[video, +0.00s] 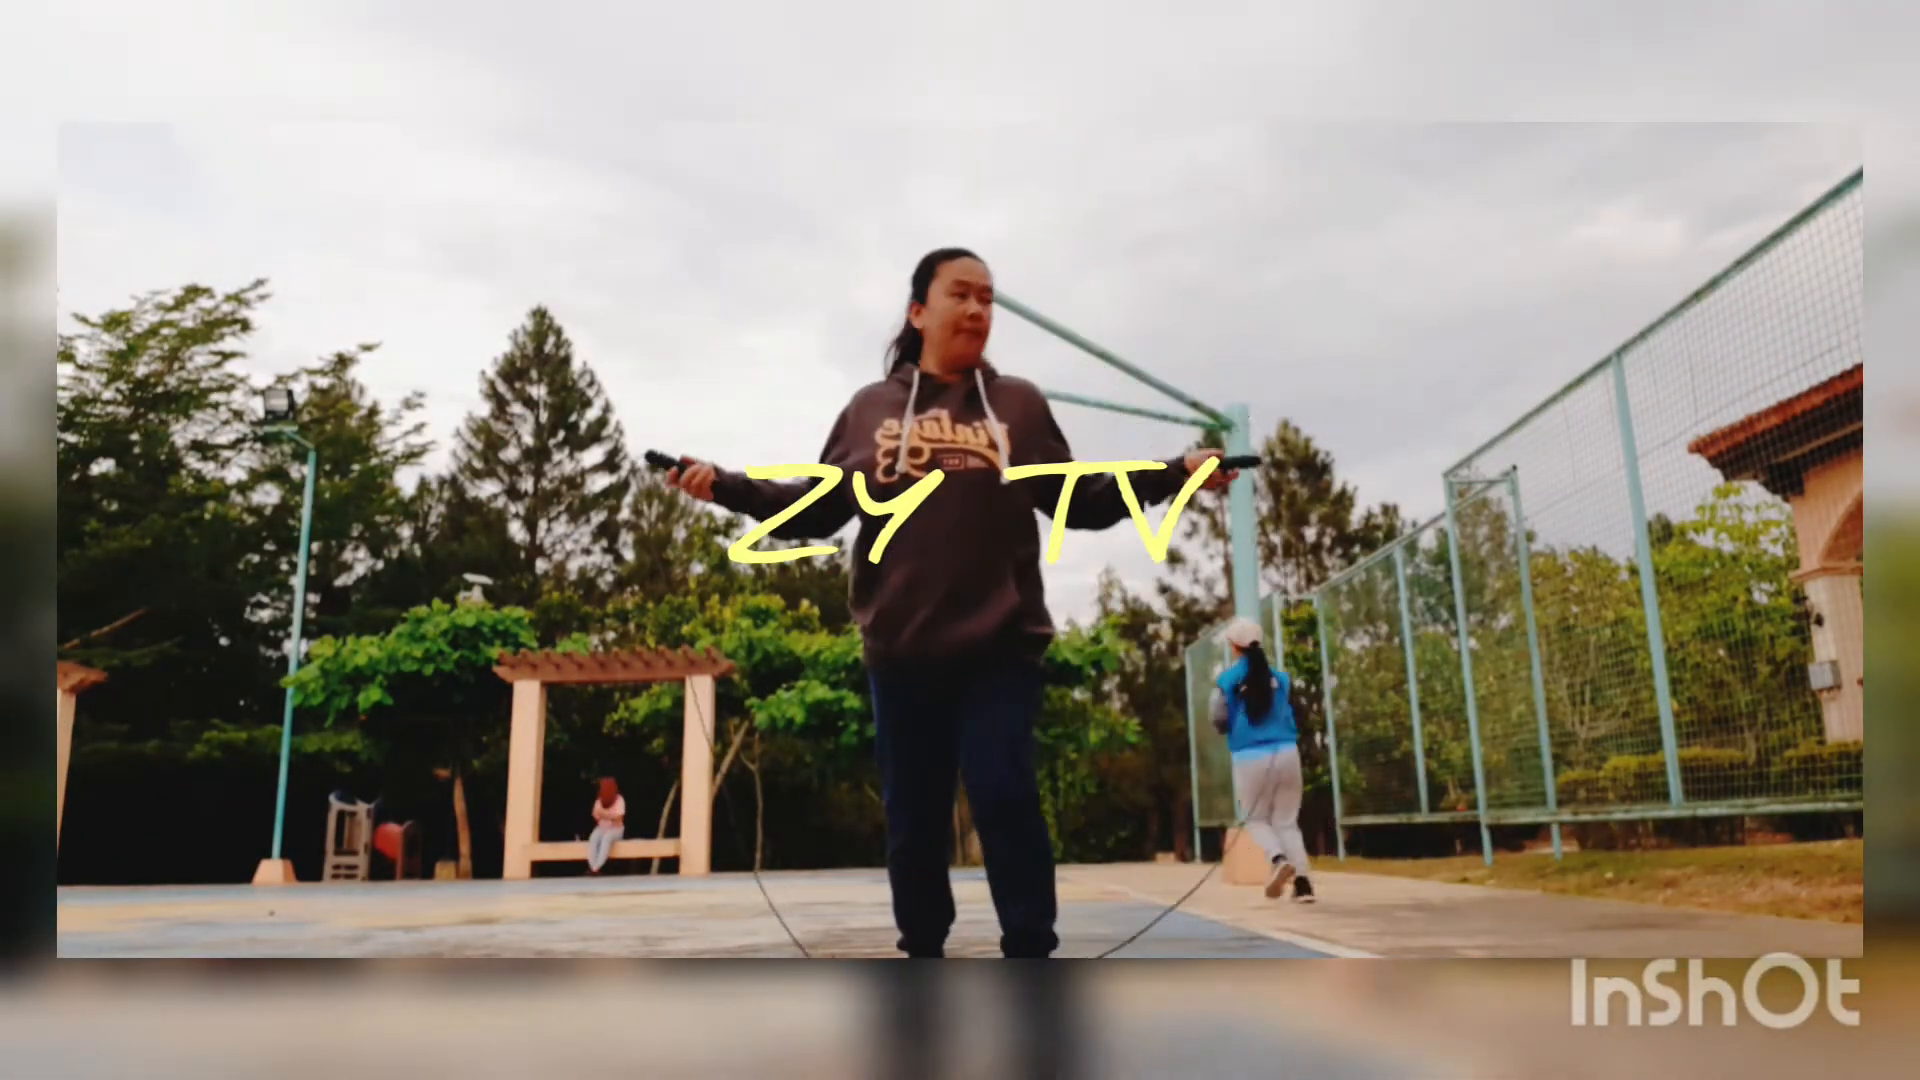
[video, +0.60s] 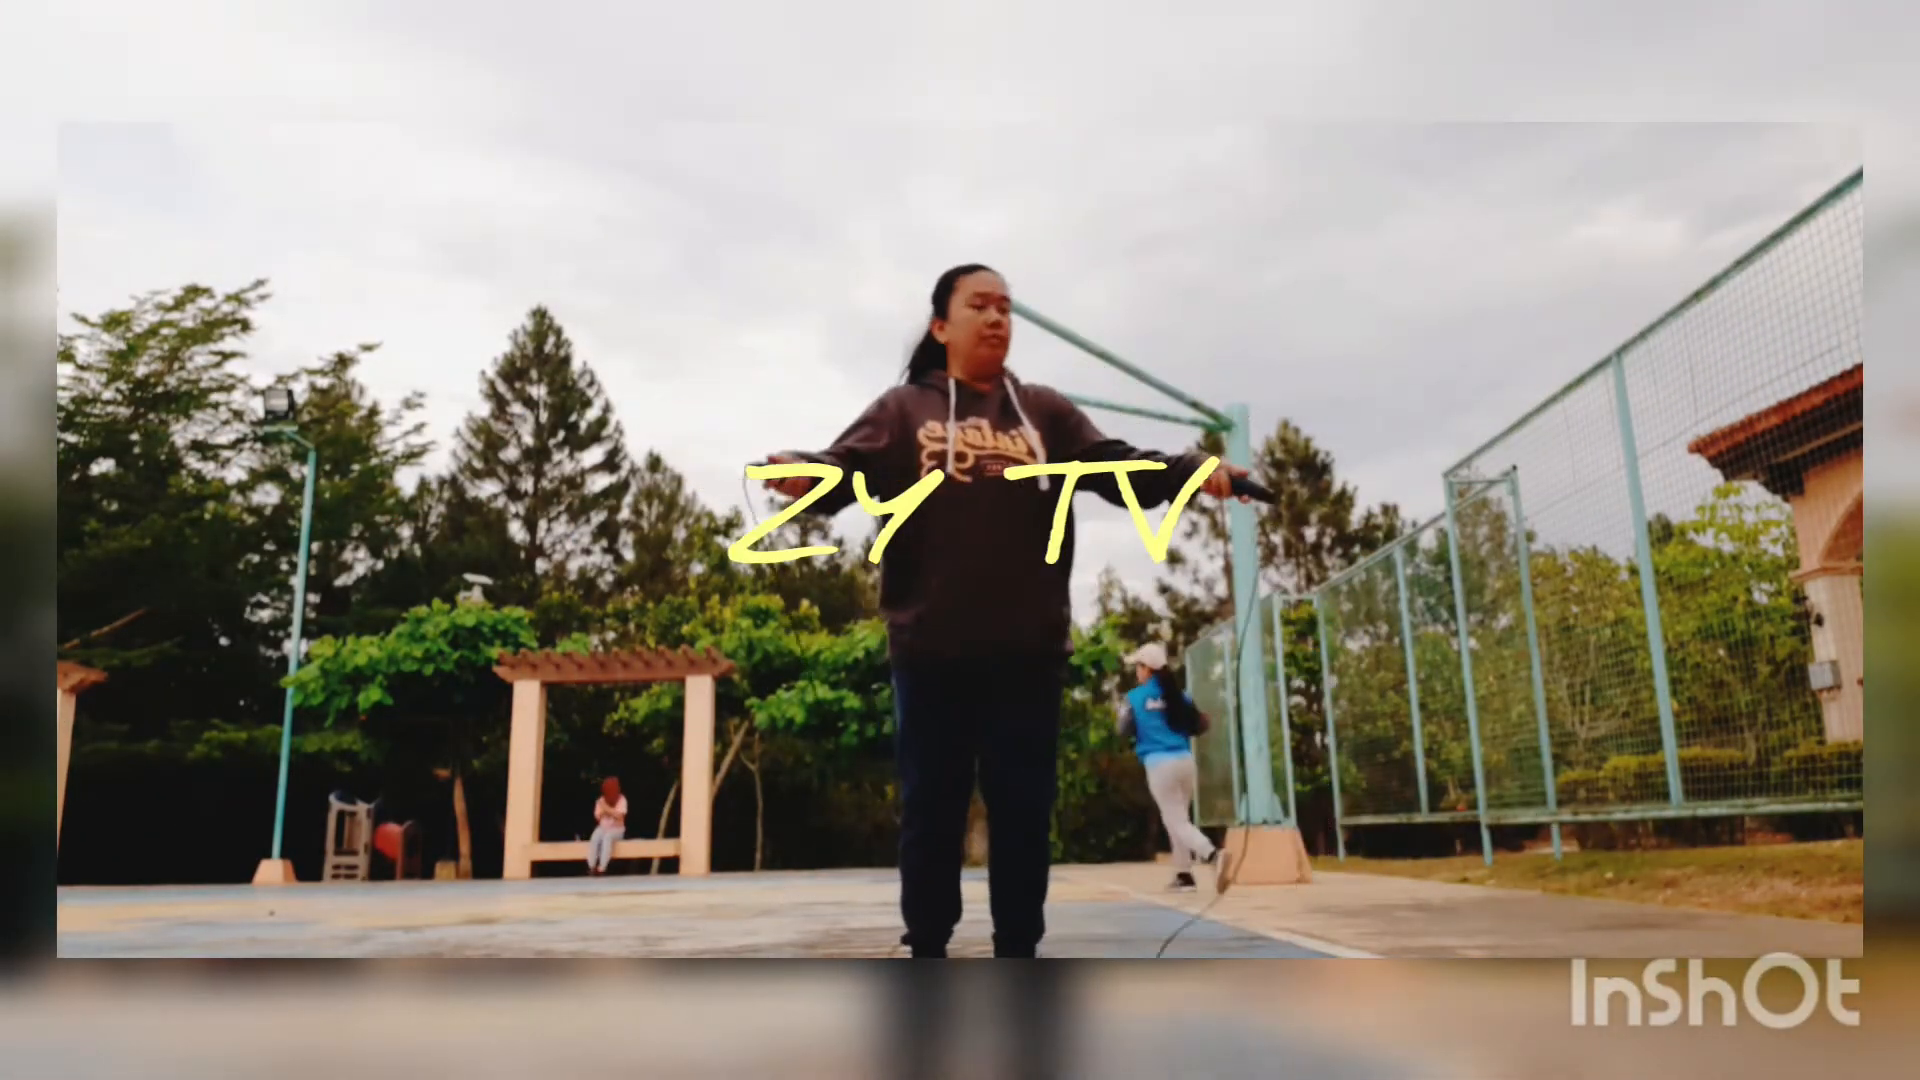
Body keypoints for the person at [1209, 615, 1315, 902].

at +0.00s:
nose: (1229, 649)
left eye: (1230, 645)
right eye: (1231, 645)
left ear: (1234, 648)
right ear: (1258, 645)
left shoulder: (1226, 680)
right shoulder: (1280, 677)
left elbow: (1218, 717)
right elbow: (1285, 707)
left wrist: (1232, 731)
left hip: (1250, 754)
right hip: (1287, 748)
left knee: (1254, 817)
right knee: (1287, 820)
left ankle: (1278, 860)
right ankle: (1301, 877)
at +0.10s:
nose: (1216, 647)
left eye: (1217, 642)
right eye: (1217, 642)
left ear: (1222, 644)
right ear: (1244, 642)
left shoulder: (1220, 675)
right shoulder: (1265, 674)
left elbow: (1213, 710)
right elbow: (1275, 711)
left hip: (1239, 750)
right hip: (1273, 744)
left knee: (1244, 817)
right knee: (1282, 816)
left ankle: (1262, 873)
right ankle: (1301, 870)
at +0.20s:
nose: (1203, 648)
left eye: (1205, 643)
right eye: (1204, 643)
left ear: (1212, 645)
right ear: (1229, 643)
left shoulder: (1212, 675)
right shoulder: (1247, 667)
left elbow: (1209, 712)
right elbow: (1252, 706)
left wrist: (1197, 723)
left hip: (1226, 748)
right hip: (1258, 743)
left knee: (1234, 817)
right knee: (1271, 805)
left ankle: (1244, 874)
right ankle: (1297, 856)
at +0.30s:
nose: (1185, 662)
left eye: (1187, 658)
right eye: (1186, 657)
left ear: (1194, 660)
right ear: (1211, 659)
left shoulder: (1189, 690)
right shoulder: (1230, 683)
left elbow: (1187, 725)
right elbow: (1246, 718)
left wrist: (1176, 736)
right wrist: (1234, 737)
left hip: (1209, 763)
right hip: (1240, 759)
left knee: (1216, 824)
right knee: (1246, 820)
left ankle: (1241, 877)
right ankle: (1273, 852)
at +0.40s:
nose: (1165, 664)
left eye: (1167, 660)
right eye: (1165, 659)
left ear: (1174, 662)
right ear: (1191, 660)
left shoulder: (1165, 691)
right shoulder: (1206, 685)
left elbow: (1156, 728)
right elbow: (1231, 719)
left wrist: (1162, 745)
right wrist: (1212, 735)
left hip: (1188, 759)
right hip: (1218, 755)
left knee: (1207, 818)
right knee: (1211, 816)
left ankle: (1236, 872)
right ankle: (1231, 869)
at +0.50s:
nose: (1149, 663)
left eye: (1151, 659)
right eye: (1150, 658)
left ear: (1159, 661)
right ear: (1174, 660)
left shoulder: (1147, 688)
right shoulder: (1187, 682)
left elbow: (1137, 725)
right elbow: (1214, 715)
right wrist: (1197, 732)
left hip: (1173, 756)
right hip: (1200, 751)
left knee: (1196, 813)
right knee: (1194, 812)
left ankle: (1229, 863)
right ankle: (1197, 869)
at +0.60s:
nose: (1137, 672)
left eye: (1138, 667)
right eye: (1137, 667)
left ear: (1146, 669)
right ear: (1161, 668)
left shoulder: (1134, 697)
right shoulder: (1177, 693)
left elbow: (1123, 729)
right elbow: (1196, 720)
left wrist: (1125, 712)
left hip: (1158, 761)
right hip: (1184, 757)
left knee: (1175, 820)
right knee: (1179, 819)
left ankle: (1212, 854)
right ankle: (1184, 872)